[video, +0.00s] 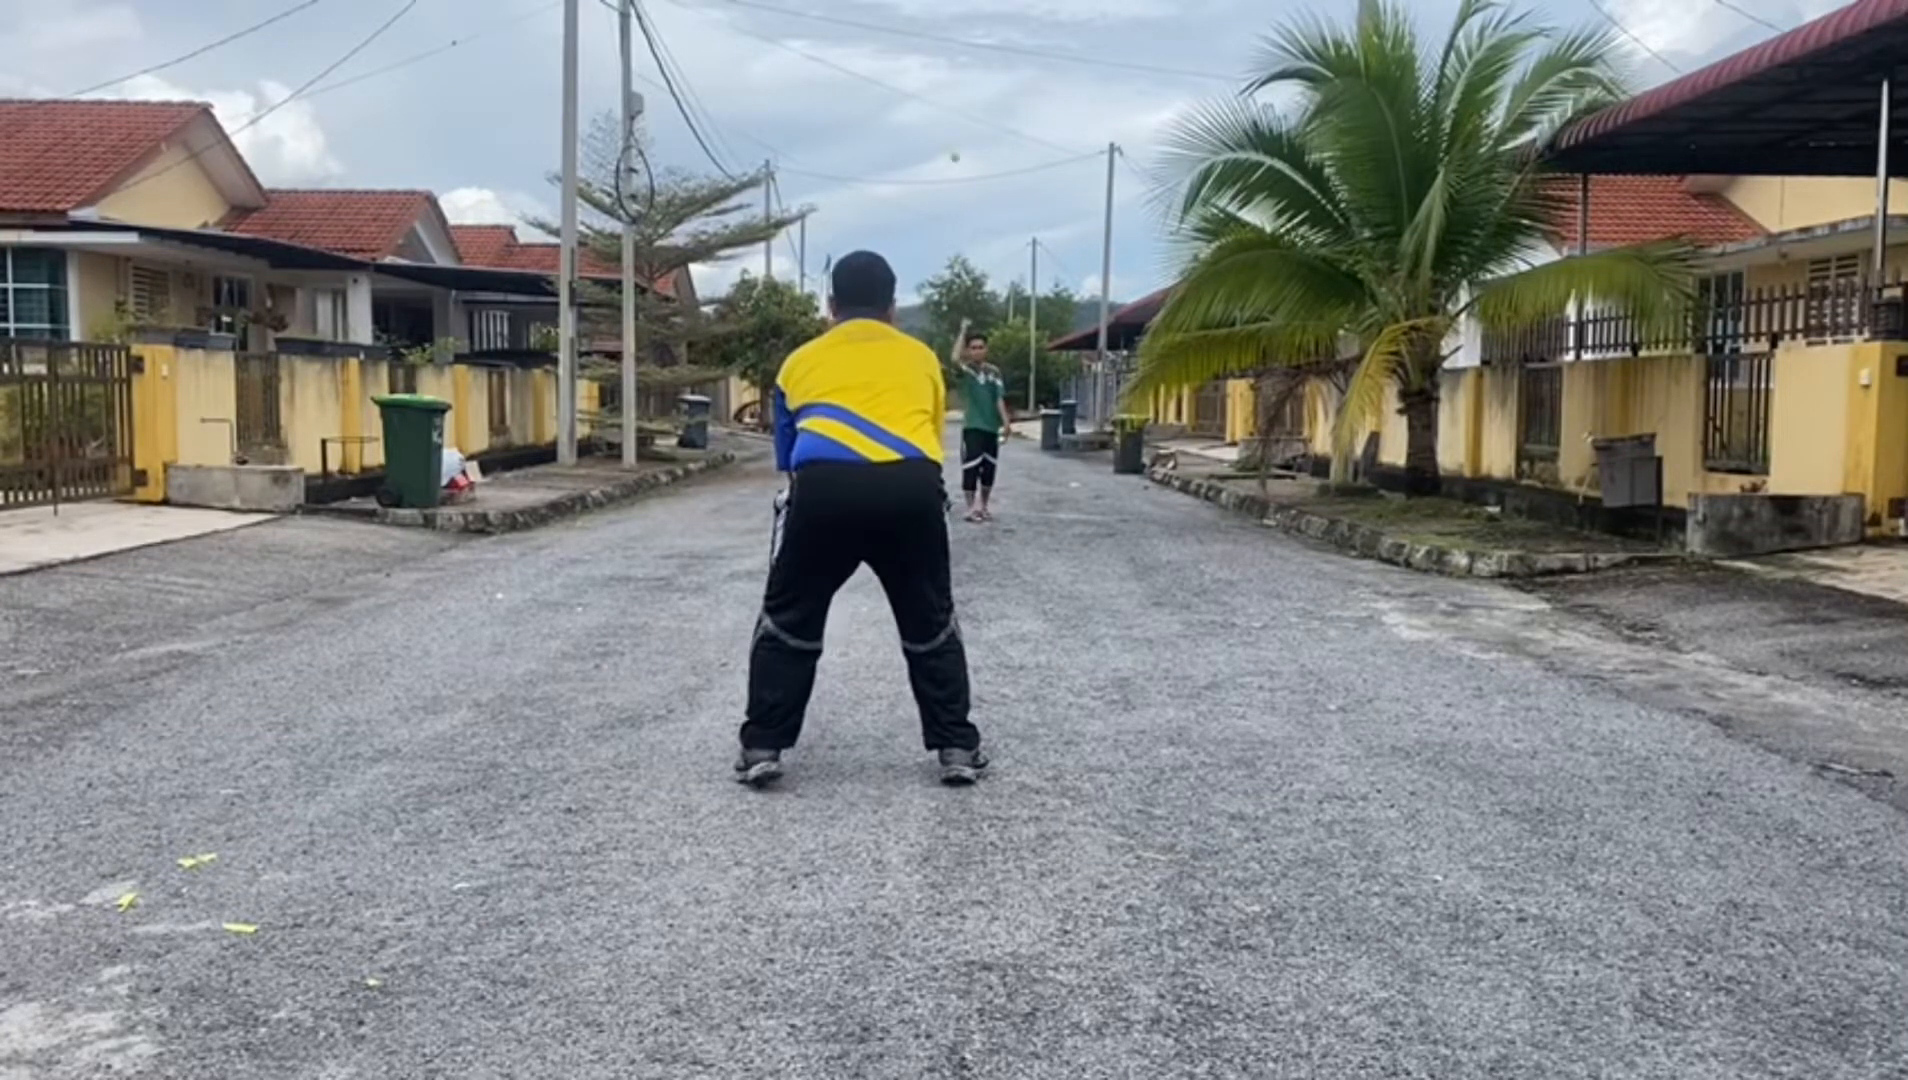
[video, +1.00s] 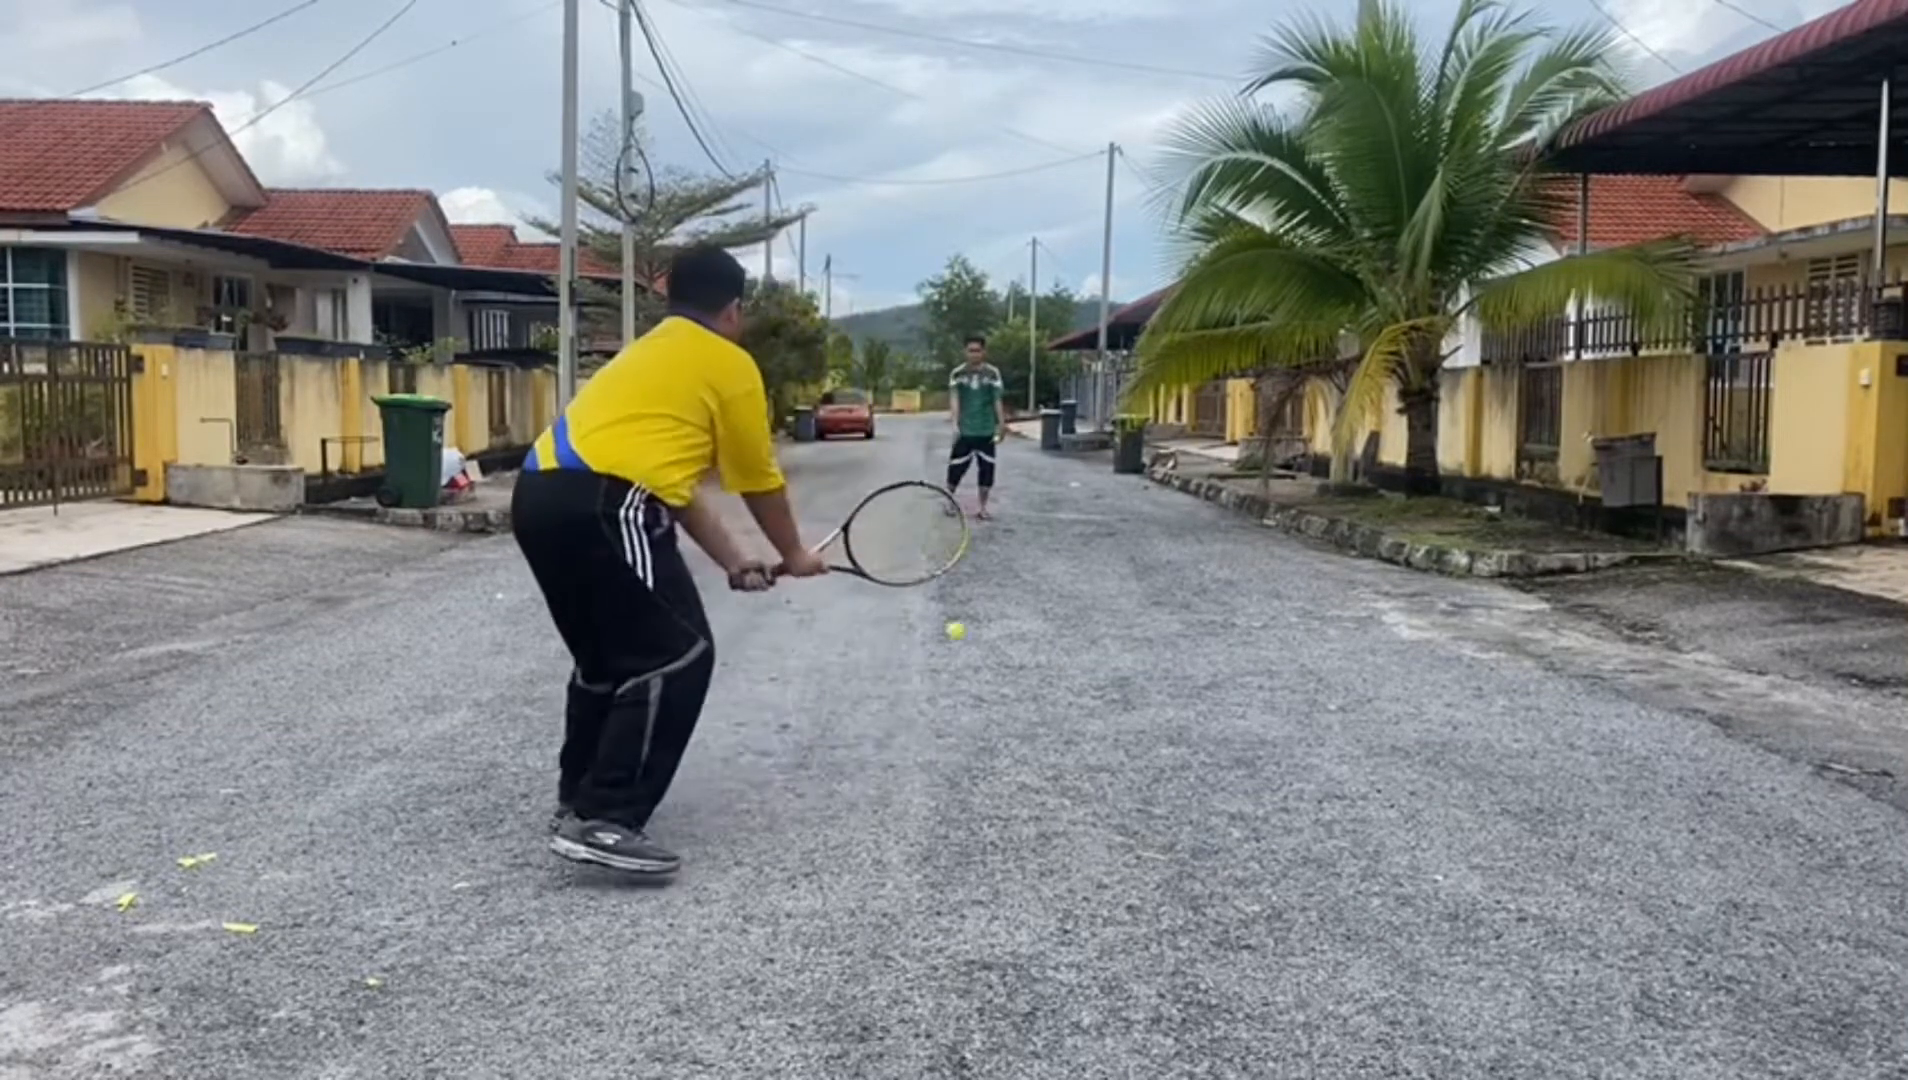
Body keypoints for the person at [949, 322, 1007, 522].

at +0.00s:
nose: (977, 351)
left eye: (981, 347)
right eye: (973, 348)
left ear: (986, 350)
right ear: (967, 351)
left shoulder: (993, 372)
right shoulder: (965, 372)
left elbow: (999, 400)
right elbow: (955, 358)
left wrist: (1005, 422)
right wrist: (962, 334)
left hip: (992, 426)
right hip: (973, 425)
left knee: (989, 468)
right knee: (971, 467)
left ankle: (984, 506)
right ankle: (971, 507)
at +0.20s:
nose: (979, 352)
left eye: (982, 348)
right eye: (975, 348)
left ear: (988, 350)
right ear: (968, 351)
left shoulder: (994, 372)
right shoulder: (962, 371)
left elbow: (999, 400)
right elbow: (956, 390)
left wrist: (1004, 423)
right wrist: (965, 379)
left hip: (990, 428)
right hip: (970, 429)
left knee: (988, 471)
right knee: (969, 470)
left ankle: (984, 506)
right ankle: (970, 507)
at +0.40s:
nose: (979, 353)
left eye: (983, 348)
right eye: (975, 348)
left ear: (988, 351)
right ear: (969, 352)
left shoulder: (995, 373)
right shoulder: (962, 374)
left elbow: (1000, 402)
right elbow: (958, 404)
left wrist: (1002, 425)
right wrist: (956, 430)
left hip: (990, 430)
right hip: (970, 430)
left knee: (988, 471)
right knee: (970, 471)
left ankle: (983, 506)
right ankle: (970, 507)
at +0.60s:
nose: (978, 356)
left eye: (982, 351)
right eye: (975, 352)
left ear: (988, 353)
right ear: (969, 354)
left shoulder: (997, 374)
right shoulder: (961, 375)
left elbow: (1002, 401)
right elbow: (958, 399)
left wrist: (1006, 423)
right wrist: (957, 418)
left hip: (992, 428)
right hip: (971, 428)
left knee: (989, 469)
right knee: (970, 468)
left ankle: (983, 505)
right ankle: (971, 505)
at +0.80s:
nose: (978, 356)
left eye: (981, 352)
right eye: (974, 352)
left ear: (987, 353)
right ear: (968, 354)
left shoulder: (996, 373)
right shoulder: (961, 374)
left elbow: (1001, 402)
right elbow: (958, 403)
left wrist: (1005, 425)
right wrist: (956, 427)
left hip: (990, 430)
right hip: (968, 430)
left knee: (988, 473)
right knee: (965, 471)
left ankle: (983, 507)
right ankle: (964, 505)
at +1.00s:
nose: (974, 355)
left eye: (977, 351)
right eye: (971, 351)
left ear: (984, 353)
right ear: (965, 353)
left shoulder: (992, 373)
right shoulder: (957, 374)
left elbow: (997, 400)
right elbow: (954, 399)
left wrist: (1001, 423)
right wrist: (955, 423)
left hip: (986, 431)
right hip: (965, 431)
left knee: (986, 473)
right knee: (955, 470)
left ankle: (983, 508)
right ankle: (948, 501)